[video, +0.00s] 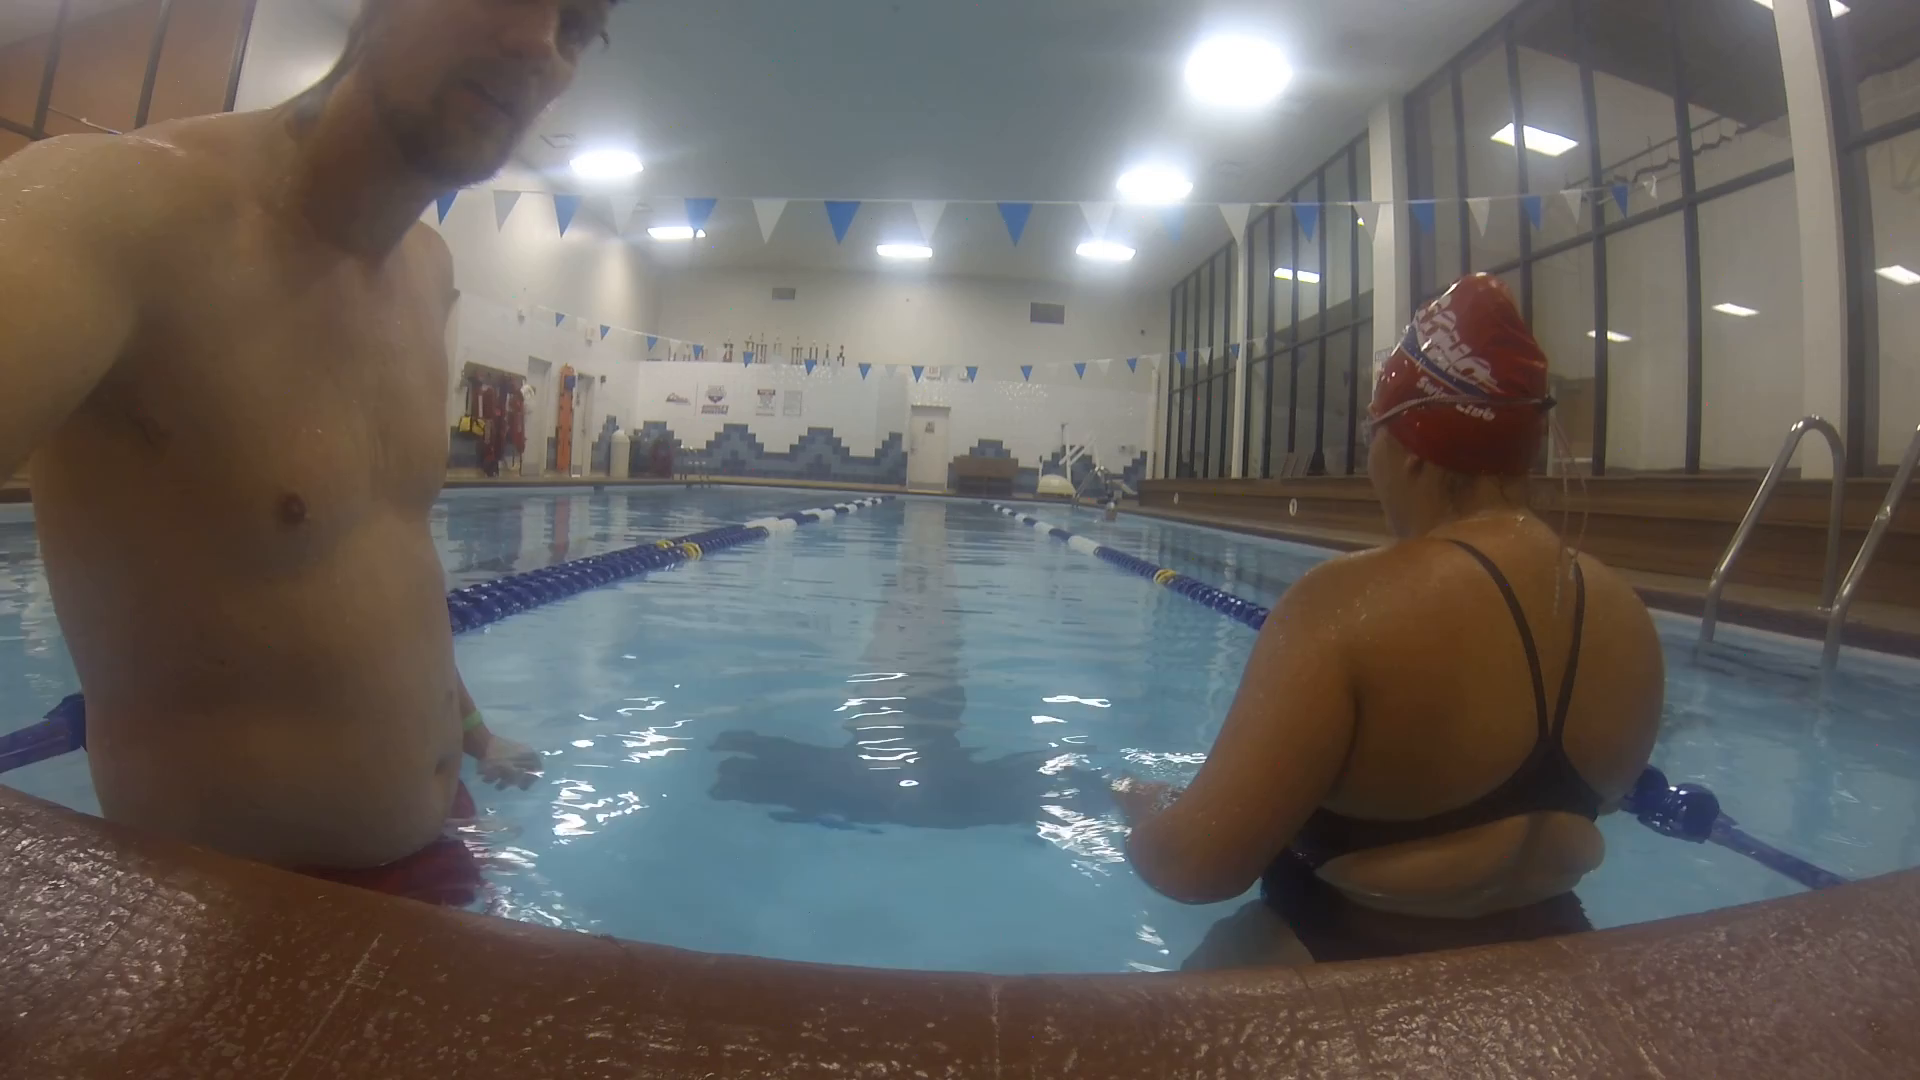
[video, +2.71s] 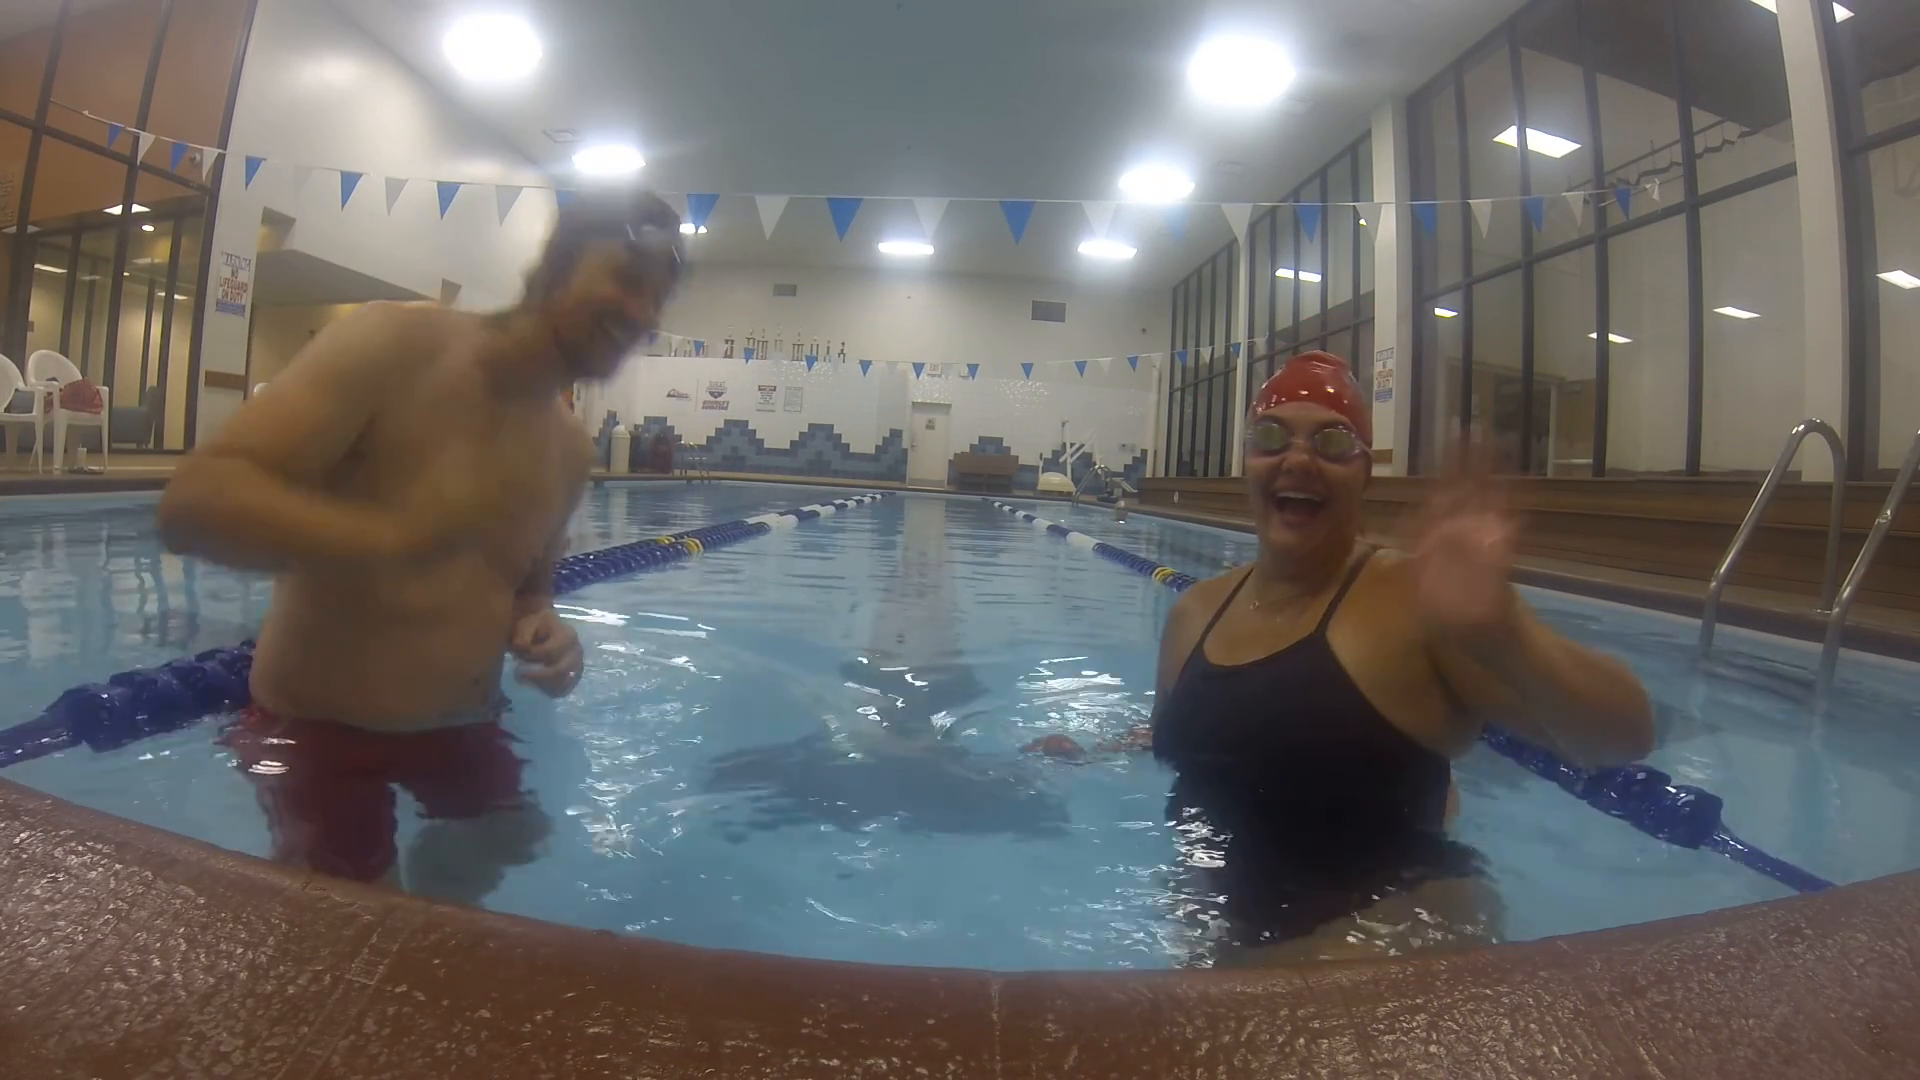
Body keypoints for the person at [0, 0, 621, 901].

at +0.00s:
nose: (540, 45)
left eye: (576, 29)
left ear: (576, 73)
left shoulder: (425, 262)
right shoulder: (104, 212)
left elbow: (379, 554)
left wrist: (467, 726)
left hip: (432, 871)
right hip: (226, 910)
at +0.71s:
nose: (565, 68)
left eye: (596, 49)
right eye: (533, 15)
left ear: (602, 83)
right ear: (427, 12)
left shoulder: (454, 290)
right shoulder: (196, 207)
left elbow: (396, 499)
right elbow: (19, 550)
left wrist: (521, 576)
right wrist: (171, 704)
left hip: (420, 866)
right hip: (227, 878)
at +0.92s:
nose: (527, 80)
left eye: (557, 58)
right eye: (494, 28)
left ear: (564, 93)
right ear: (396, 30)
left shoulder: (454, 295)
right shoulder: (200, 226)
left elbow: (413, 505)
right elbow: (18, 588)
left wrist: (527, 579)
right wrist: (181, 546)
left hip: (438, 837)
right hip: (251, 848)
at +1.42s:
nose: (533, 196)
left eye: (559, 181)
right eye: (505, 162)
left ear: (567, 213)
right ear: (438, 173)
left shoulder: (510, 377)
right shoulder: (296, 327)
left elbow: (508, 536)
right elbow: (168, 584)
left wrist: (545, 621)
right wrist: (292, 556)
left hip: (474, 783)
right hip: (337, 783)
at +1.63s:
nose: (577, 233)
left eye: (599, 218)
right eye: (557, 198)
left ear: (606, 242)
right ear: (493, 190)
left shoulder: (534, 389)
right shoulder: (341, 309)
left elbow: (521, 554)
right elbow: (174, 473)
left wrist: (543, 618)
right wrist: (316, 454)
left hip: (466, 758)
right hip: (331, 751)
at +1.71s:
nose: (600, 271)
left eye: (621, 262)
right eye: (584, 234)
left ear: (627, 277)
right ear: (522, 218)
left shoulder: (545, 407)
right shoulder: (356, 311)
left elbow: (523, 565)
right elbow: (172, 456)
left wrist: (541, 621)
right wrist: (340, 443)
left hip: (463, 744)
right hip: (323, 740)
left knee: (488, 843)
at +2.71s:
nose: (636, 314)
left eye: (654, 303)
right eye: (625, 277)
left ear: (654, 323)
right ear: (559, 258)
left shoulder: (568, 448)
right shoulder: (387, 345)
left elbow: (531, 590)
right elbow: (195, 501)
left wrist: (543, 631)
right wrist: (391, 535)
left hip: (460, 738)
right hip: (318, 735)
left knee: (506, 839)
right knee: (355, 931)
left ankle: (426, 904)